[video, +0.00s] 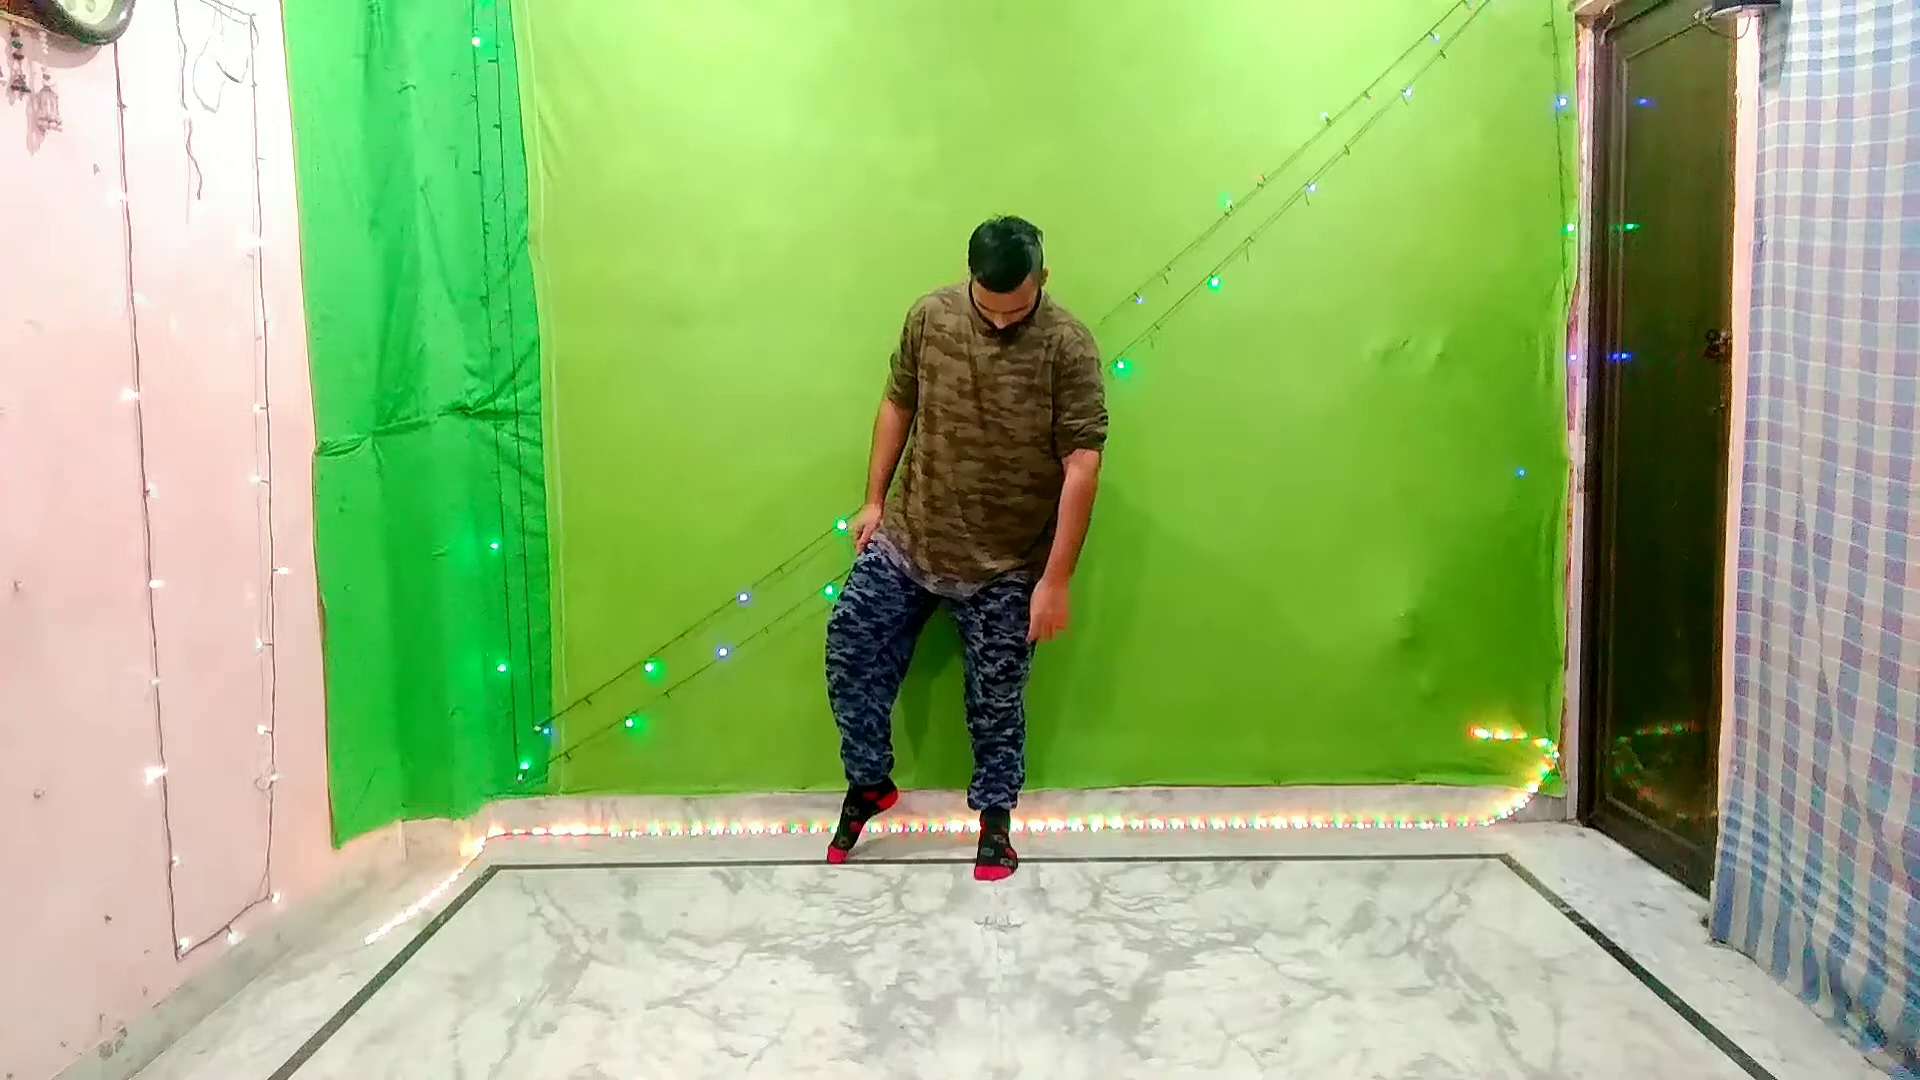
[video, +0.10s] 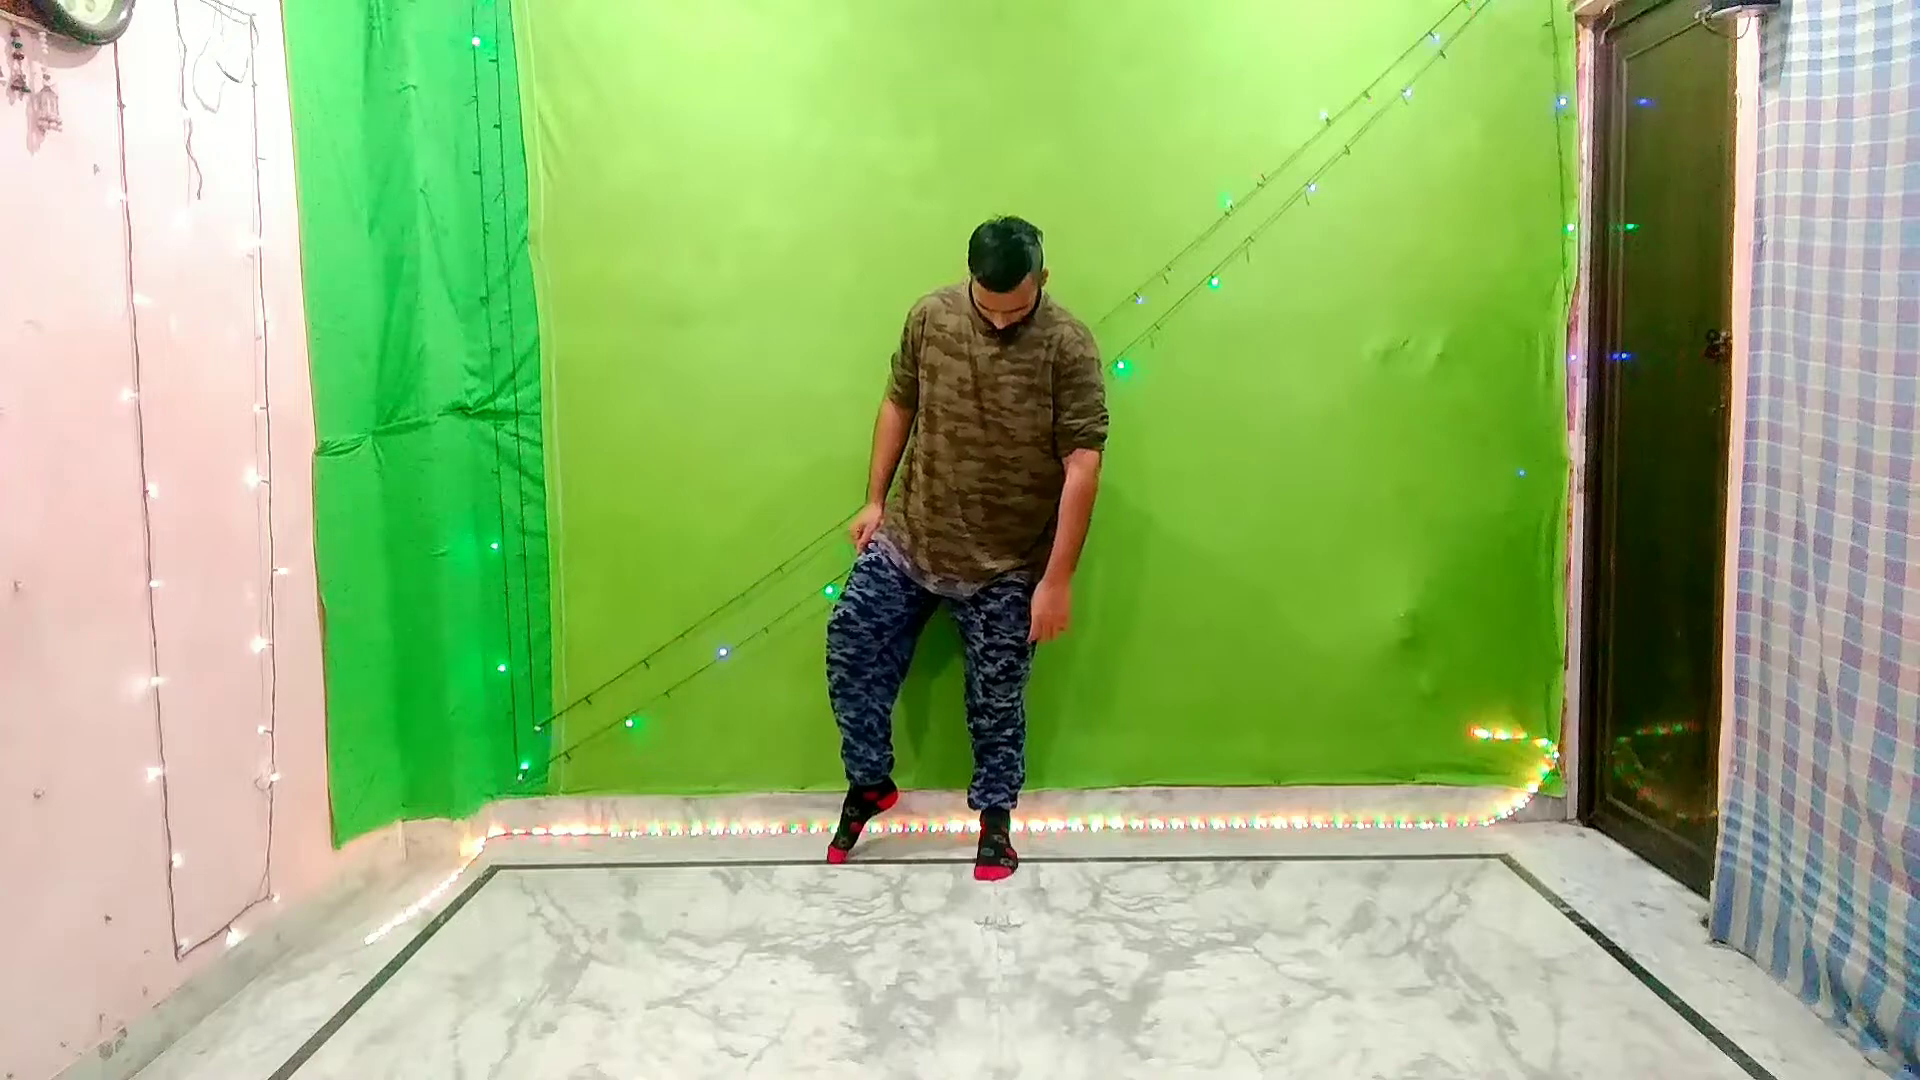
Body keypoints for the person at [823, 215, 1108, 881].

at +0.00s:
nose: (1001, 320)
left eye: (1015, 308)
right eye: (989, 308)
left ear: (1040, 277)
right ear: (970, 279)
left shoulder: (1069, 348)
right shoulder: (932, 318)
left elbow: (1082, 463)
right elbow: (899, 404)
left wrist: (1056, 578)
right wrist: (874, 496)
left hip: (1005, 557)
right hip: (910, 535)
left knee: (995, 695)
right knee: (853, 648)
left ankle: (994, 818)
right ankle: (869, 783)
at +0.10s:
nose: (1001, 318)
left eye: (1014, 306)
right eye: (988, 306)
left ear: (1040, 277)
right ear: (970, 278)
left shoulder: (1069, 347)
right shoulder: (933, 318)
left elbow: (1083, 461)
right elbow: (899, 404)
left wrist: (1057, 577)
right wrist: (875, 497)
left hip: (1006, 557)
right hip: (911, 534)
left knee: (995, 695)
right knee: (854, 644)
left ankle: (994, 819)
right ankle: (869, 783)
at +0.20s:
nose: (997, 315)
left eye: (1011, 301)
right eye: (985, 300)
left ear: (1040, 277)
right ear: (968, 277)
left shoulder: (1069, 348)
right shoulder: (933, 319)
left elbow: (1083, 461)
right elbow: (900, 404)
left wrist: (1058, 577)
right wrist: (876, 496)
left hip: (1007, 555)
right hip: (913, 533)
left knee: (995, 695)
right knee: (854, 646)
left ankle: (995, 818)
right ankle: (869, 783)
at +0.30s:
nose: (987, 289)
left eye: (1002, 272)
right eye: (976, 272)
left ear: (1036, 262)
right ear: (963, 263)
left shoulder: (1068, 348)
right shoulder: (934, 318)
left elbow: (1085, 464)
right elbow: (901, 405)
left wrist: (1057, 581)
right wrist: (877, 498)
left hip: (1007, 559)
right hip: (914, 536)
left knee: (996, 696)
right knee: (857, 643)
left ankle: (995, 819)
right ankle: (870, 783)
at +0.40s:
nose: (982, 275)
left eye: (997, 259)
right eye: (971, 261)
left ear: (1034, 252)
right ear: (960, 257)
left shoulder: (1069, 346)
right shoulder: (935, 317)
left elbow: (1084, 468)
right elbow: (902, 405)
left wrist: (1056, 582)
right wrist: (877, 497)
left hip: (1006, 557)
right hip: (914, 535)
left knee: (996, 696)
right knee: (858, 650)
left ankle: (995, 819)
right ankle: (871, 785)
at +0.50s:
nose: (981, 260)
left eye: (995, 243)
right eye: (969, 248)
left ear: (1031, 239)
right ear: (960, 252)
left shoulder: (1068, 341)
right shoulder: (937, 313)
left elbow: (1078, 464)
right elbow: (905, 403)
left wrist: (1050, 578)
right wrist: (878, 494)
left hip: (1004, 557)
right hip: (912, 536)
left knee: (996, 696)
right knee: (864, 654)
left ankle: (995, 819)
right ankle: (874, 788)